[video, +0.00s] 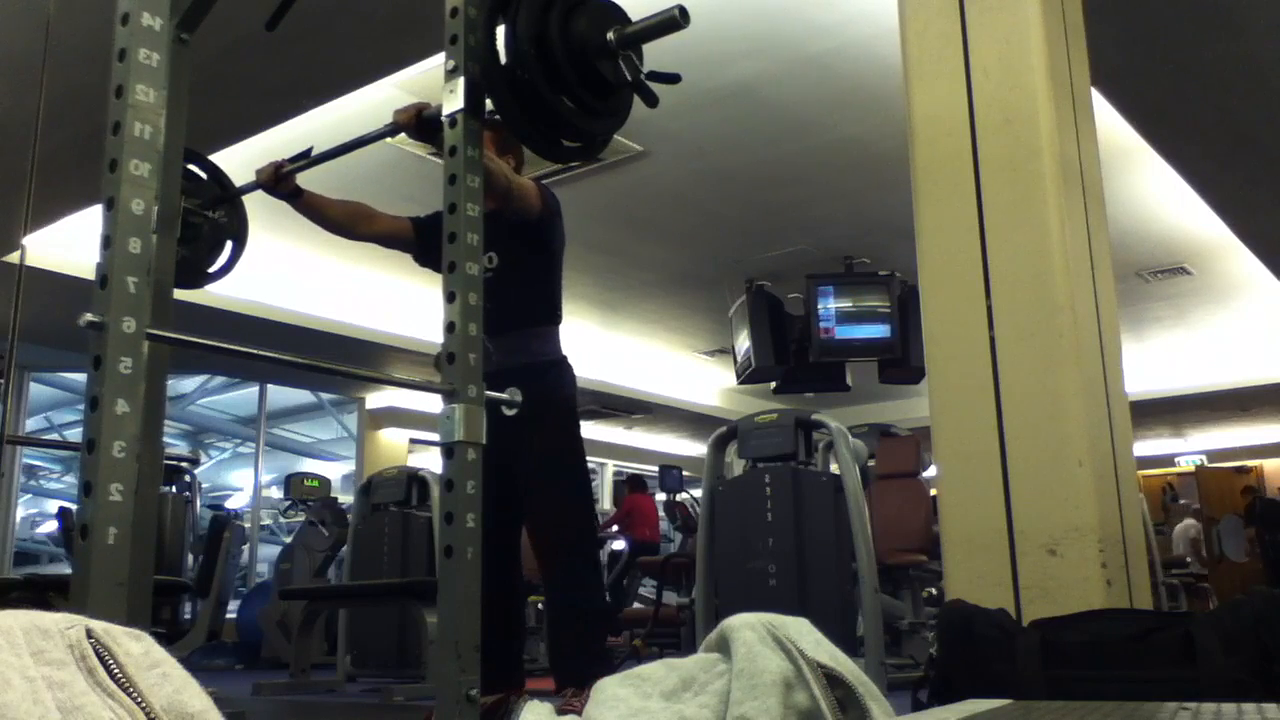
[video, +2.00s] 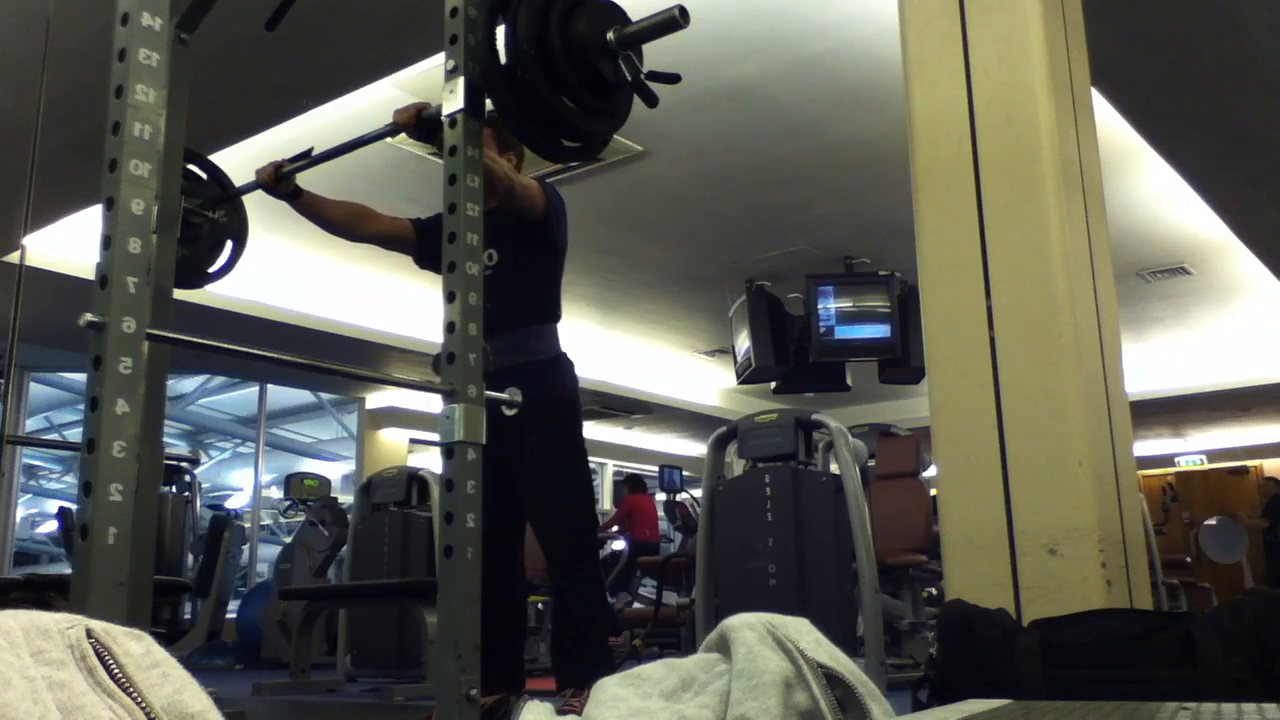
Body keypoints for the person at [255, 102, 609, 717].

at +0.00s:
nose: (469, 164)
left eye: (478, 152)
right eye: (462, 156)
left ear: (508, 152)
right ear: (457, 163)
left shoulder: (539, 209)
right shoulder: (455, 226)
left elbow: (503, 181)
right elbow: (366, 222)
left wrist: (440, 134)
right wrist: (294, 193)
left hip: (539, 389)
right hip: (477, 395)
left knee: (561, 538)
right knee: (486, 547)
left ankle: (578, 685)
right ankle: (498, 686)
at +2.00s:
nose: (466, 166)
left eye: (475, 154)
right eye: (460, 159)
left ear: (507, 153)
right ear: (456, 165)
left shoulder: (543, 207)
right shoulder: (456, 227)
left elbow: (501, 178)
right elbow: (368, 224)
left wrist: (439, 133)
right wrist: (294, 192)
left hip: (539, 385)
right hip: (476, 393)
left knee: (565, 539)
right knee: (488, 548)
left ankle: (579, 684)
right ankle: (498, 687)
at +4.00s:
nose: (471, 159)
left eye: (482, 148)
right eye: (465, 153)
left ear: (516, 154)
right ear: (459, 162)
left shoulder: (543, 204)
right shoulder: (457, 223)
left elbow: (502, 179)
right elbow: (370, 221)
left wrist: (440, 134)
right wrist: (295, 192)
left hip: (538, 384)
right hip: (476, 392)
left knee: (565, 538)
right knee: (488, 546)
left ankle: (579, 684)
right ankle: (498, 686)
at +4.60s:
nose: (468, 157)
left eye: (479, 145)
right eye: (460, 146)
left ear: (504, 152)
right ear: (447, 154)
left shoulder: (526, 200)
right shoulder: (431, 217)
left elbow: (517, 207)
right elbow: (350, 252)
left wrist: (445, 142)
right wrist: (297, 198)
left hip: (512, 389)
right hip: (449, 392)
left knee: (503, 537)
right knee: (435, 536)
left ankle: (500, 683)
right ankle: (461, 679)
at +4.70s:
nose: (428, 155)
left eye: (444, 146)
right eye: (427, 147)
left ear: (476, 156)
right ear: (427, 159)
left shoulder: (502, 208)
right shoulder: (407, 226)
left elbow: (499, 226)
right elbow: (331, 273)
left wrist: (436, 144)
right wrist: (291, 203)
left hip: (490, 397)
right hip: (421, 399)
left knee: (469, 544)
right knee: (370, 533)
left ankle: (475, 685)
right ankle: (437, 677)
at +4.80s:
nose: (403, 150)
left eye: (418, 140)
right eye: (399, 142)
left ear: (446, 153)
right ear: (393, 158)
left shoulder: (470, 206)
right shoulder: (382, 226)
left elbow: (469, 241)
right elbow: (304, 284)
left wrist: (434, 160)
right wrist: (281, 206)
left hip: (447, 404)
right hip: (386, 402)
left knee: (426, 553)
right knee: (298, 524)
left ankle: (445, 690)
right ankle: (343, 675)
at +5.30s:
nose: (368, 91)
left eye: (387, 91)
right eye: (372, 86)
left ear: (406, 123)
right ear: (352, 108)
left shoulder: (400, 171)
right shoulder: (297, 173)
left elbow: (361, 206)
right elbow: (220, 235)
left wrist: (397, 127)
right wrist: (255, 172)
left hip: (325, 325)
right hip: (256, 325)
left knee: (308, 500)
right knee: (227, 509)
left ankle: (388, 667)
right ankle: (250, 692)